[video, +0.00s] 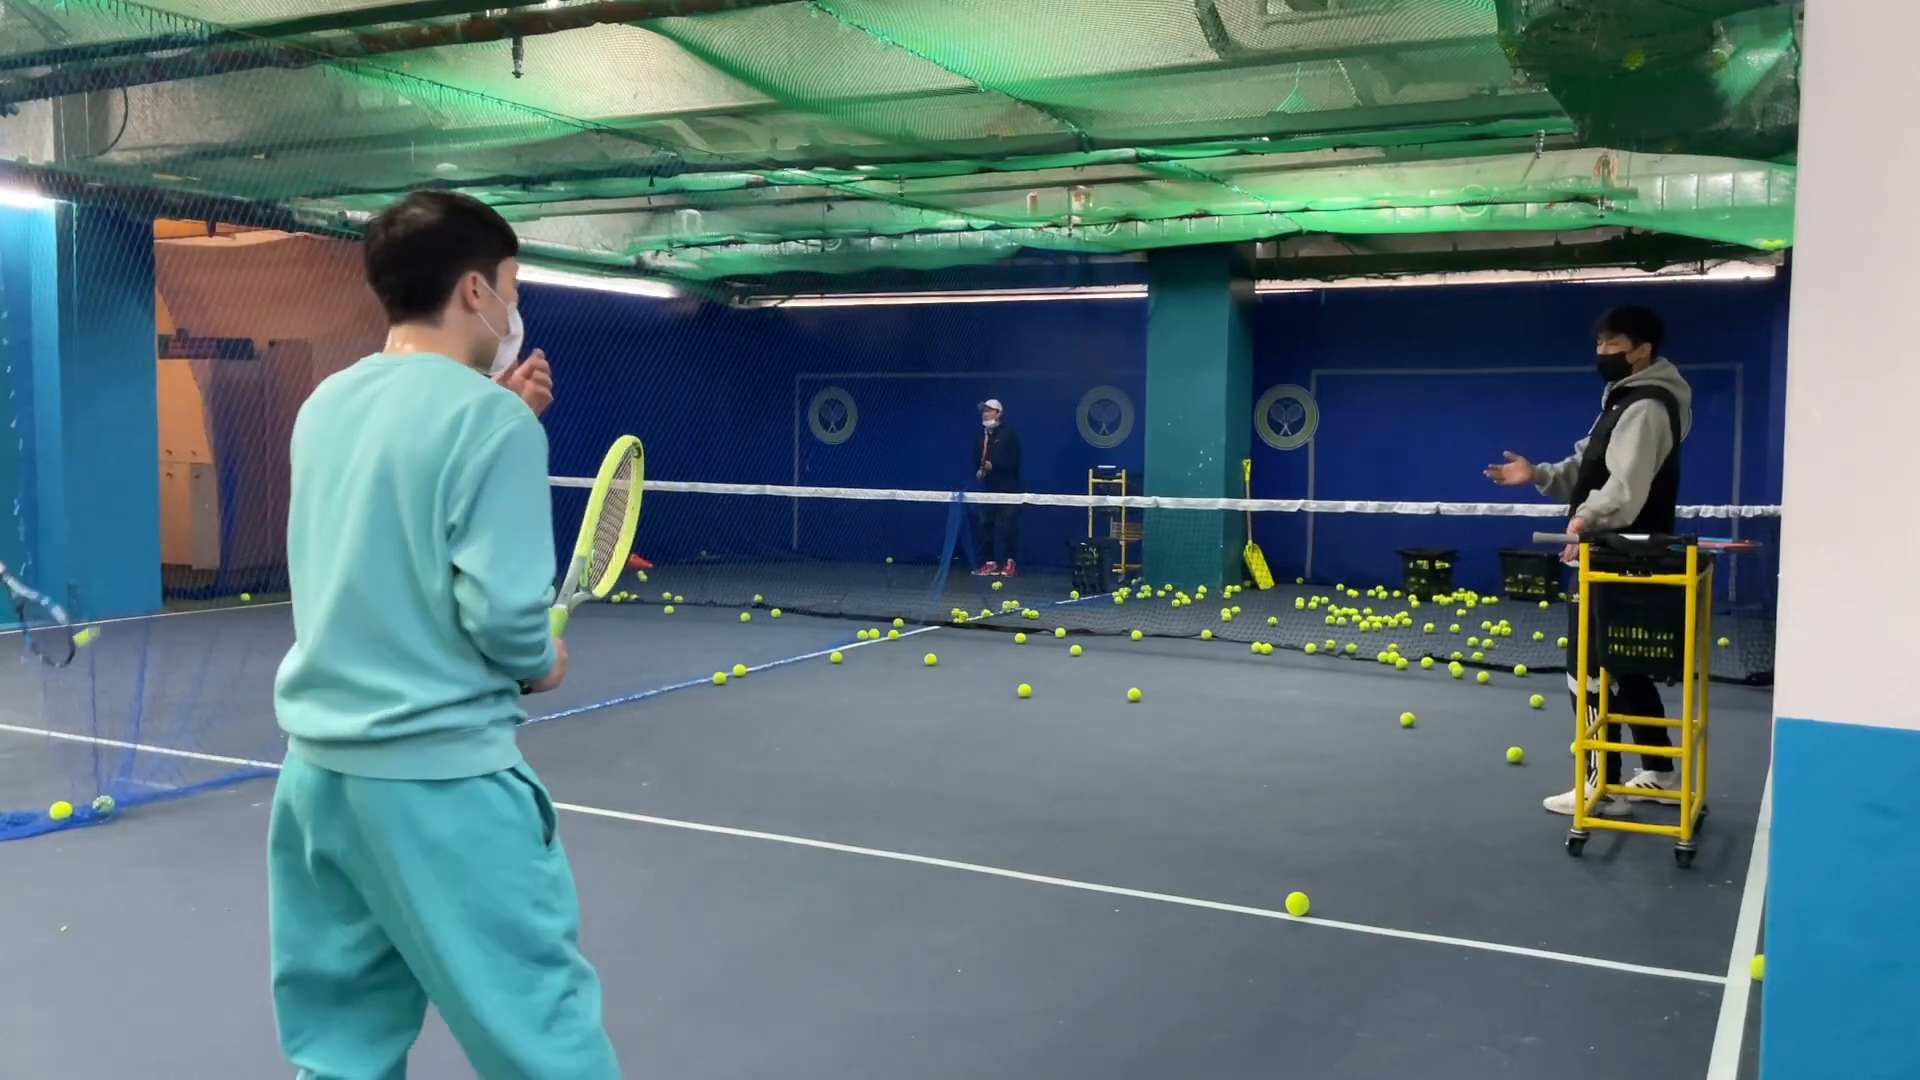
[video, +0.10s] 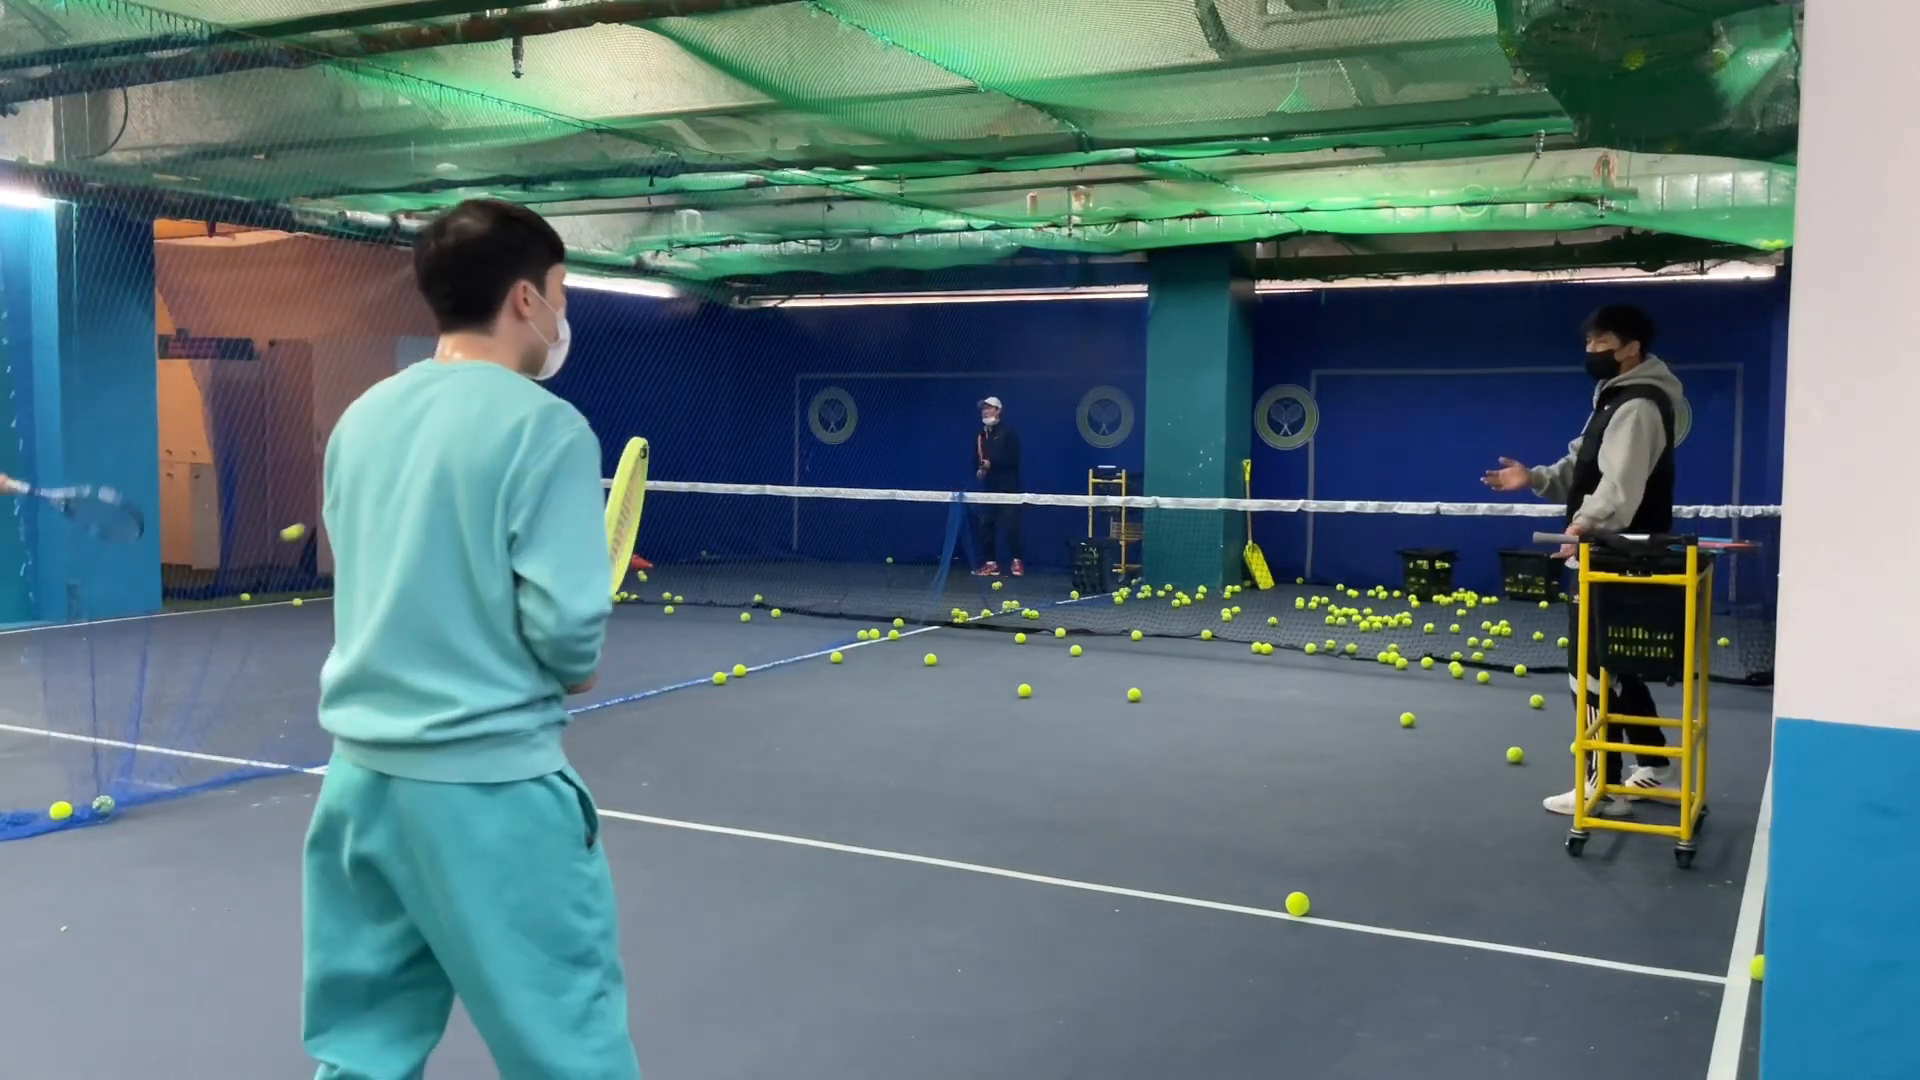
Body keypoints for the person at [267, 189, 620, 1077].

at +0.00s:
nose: (517, 313)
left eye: (518, 291)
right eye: (513, 289)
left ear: (397, 293)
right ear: (474, 289)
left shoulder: (324, 408)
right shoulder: (491, 418)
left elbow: (390, 523)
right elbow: (505, 608)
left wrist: (493, 415)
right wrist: (542, 661)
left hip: (320, 776)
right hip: (446, 785)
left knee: (341, 1036)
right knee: (545, 1030)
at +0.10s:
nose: (566, 322)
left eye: (563, 297)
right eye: (559, 296)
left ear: (441, 302)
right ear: (521, 300)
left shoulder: (360, 420)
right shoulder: (544, 427)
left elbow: (357, 578)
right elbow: (567, 619)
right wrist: (575, 673)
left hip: (361, 788)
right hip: (497, 795)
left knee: (359, 1048)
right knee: (573, 1048)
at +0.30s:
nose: (663, 311)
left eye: (661, 291)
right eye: (656, 290)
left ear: (549, 302)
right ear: (622, 301)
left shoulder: (441, 420)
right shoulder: (643, 426)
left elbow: (401, 581)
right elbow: (679, 611)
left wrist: (484, 635)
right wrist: (622, 667)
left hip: (442, 760)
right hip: (575, 768)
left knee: (423, 1005)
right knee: (614, 1024)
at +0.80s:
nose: (723, 314)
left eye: (722, 296)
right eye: (719, 296)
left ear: (610, 308)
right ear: (691, 306)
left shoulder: (511, 421)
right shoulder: (706, 425)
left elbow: (489, 576)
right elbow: (737, 598)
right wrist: (688, 650)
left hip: (488, 751)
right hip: (624, 761)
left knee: (450, 1018)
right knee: (641, 1028)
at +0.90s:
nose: (718, 311)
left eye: (717, 293)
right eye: (713, 293)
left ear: (606, 306)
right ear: (686, 304)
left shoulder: (509, 422)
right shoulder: (703, 423)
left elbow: (491, 577)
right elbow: (736, 596)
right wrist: (677, 647)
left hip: (491, 751)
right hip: (625, 759)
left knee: (452, 1014)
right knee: (644, 1024)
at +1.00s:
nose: (709, 309)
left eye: (709, 291)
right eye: (704, 290)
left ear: (600, 302)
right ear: (676, 300)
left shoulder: (506, 421)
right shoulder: (696, 419)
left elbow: (490, 575)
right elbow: (734, 596)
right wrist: (668, 643)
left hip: (491, 750)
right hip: (625, 759)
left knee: (454, 1012)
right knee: (644, 1023)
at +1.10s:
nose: (701, 306)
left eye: (700, 286)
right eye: (697, 286)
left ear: (592, 298)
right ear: (668, 294)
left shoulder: (499, 420)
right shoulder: (688, 417)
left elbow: (484, 575)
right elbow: (730, 592)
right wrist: (661, 644)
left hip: (491, 751)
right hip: (624, 759)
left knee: (455, 1012)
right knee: (644, 1023)